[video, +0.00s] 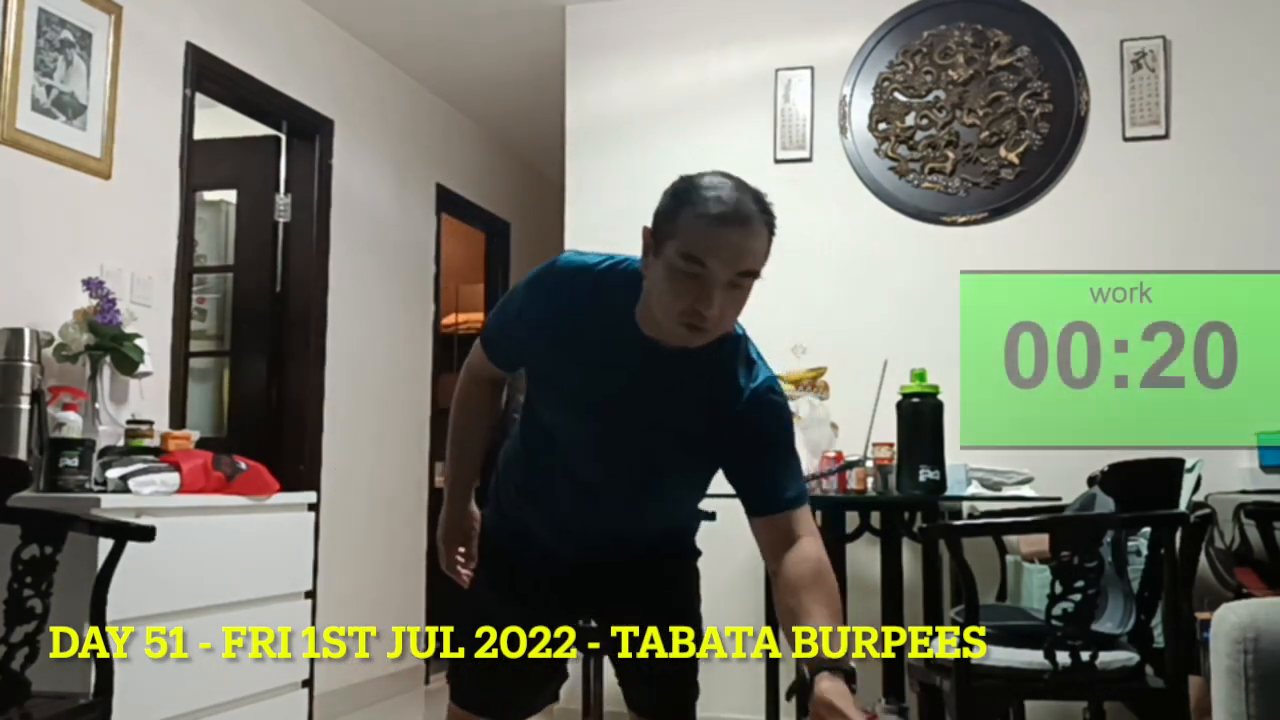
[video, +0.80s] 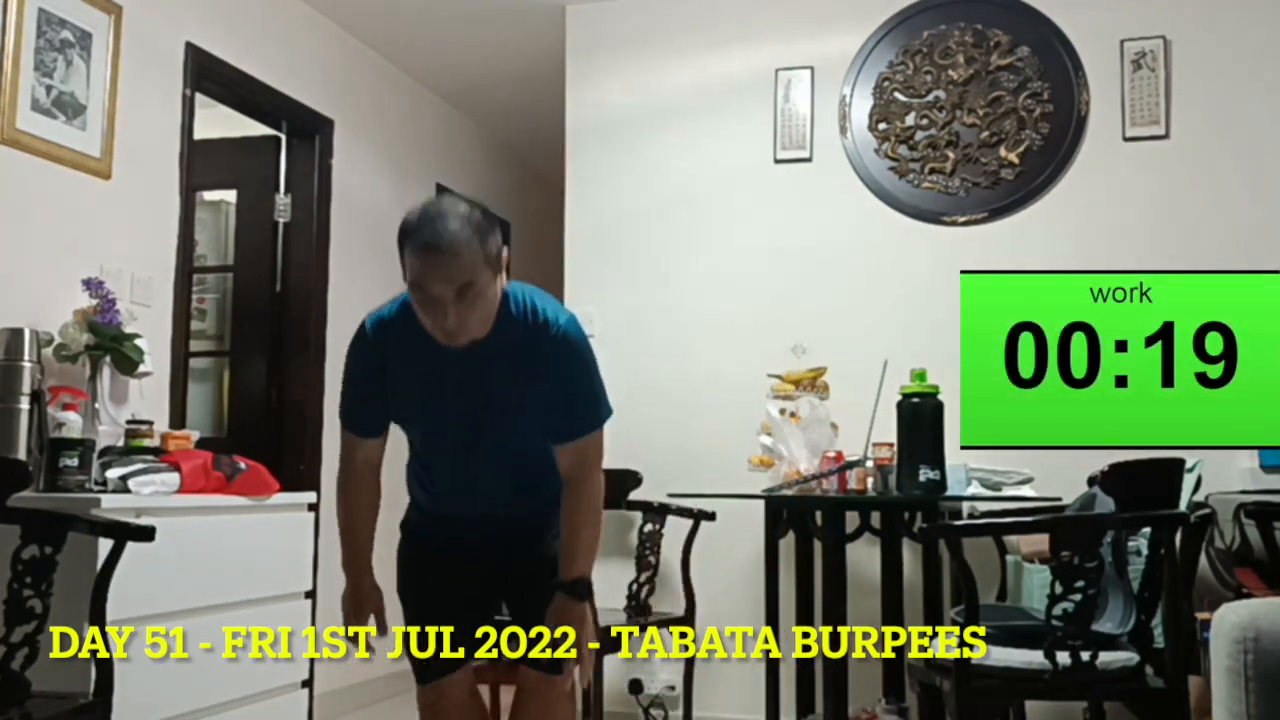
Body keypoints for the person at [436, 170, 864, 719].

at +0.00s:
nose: (711, 304)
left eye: (740, 282)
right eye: (691, 271)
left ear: (757, 278)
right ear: (648, 248)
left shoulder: (748, 395)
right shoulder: (562, 291)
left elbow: (792, 543)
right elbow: (482, 374)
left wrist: (829, 671)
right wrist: (458, 501)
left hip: (651, 560)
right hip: (530, 541)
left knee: (667, 711)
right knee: (476, 707)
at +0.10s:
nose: (664, 256)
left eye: (692, 236)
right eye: (643, 225)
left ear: (710, 244)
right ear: (607, 219)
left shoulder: (714, 362)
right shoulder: (532, 285)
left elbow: (767, 506)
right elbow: (463, 383)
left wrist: (777, 632)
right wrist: (441, 504)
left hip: (633, 562)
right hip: (510, 547)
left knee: (658, 709)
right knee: (485, 711)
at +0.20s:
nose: (605, 215)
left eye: (629, 195)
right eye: (587, 189)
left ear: (651, 206)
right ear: (554, 189)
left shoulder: (671, 328)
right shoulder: (492, 279)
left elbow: (719, 474)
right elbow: (436, 394)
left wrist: (722, 593)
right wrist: (420, 511)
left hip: (610, 542)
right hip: (493, 533)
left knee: (630, 703)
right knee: (471, 705)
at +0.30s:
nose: (547, 189)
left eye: (568, 169)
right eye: (528, 166)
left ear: (594, 179)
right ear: (502, 170)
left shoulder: (625, 294)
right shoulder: (446, 273)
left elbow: (667, 428)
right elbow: (403, 398)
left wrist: (677, 548)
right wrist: (394, 511)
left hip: (581, 551)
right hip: (467, 549)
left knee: (609, 709)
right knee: (455, 712)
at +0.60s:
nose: (476, 174)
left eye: (495, 155)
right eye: (457, 157)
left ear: (527, 164)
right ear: (437, 166)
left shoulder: (570, 266)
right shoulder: (399, 266)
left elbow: (603, 393)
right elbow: (359, 386)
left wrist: (601, 507)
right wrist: (349, 494)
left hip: (544, 518)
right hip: (442, 517)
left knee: (548, 689)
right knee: (458, 684)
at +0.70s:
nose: (458, 227)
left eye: (477, 205)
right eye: (439, 207)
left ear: (515, 194)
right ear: (419, 202)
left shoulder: (562, 288)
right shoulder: (392, 289)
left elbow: (592, 418)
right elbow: (362, 409)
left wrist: (586, 531)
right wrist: (353, 519)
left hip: (538, 527)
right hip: (437, 527)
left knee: (543, 689)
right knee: (453, 688)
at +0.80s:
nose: (449, 317)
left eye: (467, 294)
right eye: (427, 297)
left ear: (502, 265)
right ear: (405, 279)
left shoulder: (555, 339)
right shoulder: (380, 342)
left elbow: (583, 472)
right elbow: (360, 466)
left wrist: (576, 589)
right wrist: (358, 575)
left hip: (537, 530)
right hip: (437, 532)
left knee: (550, 678)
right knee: (441, 686)